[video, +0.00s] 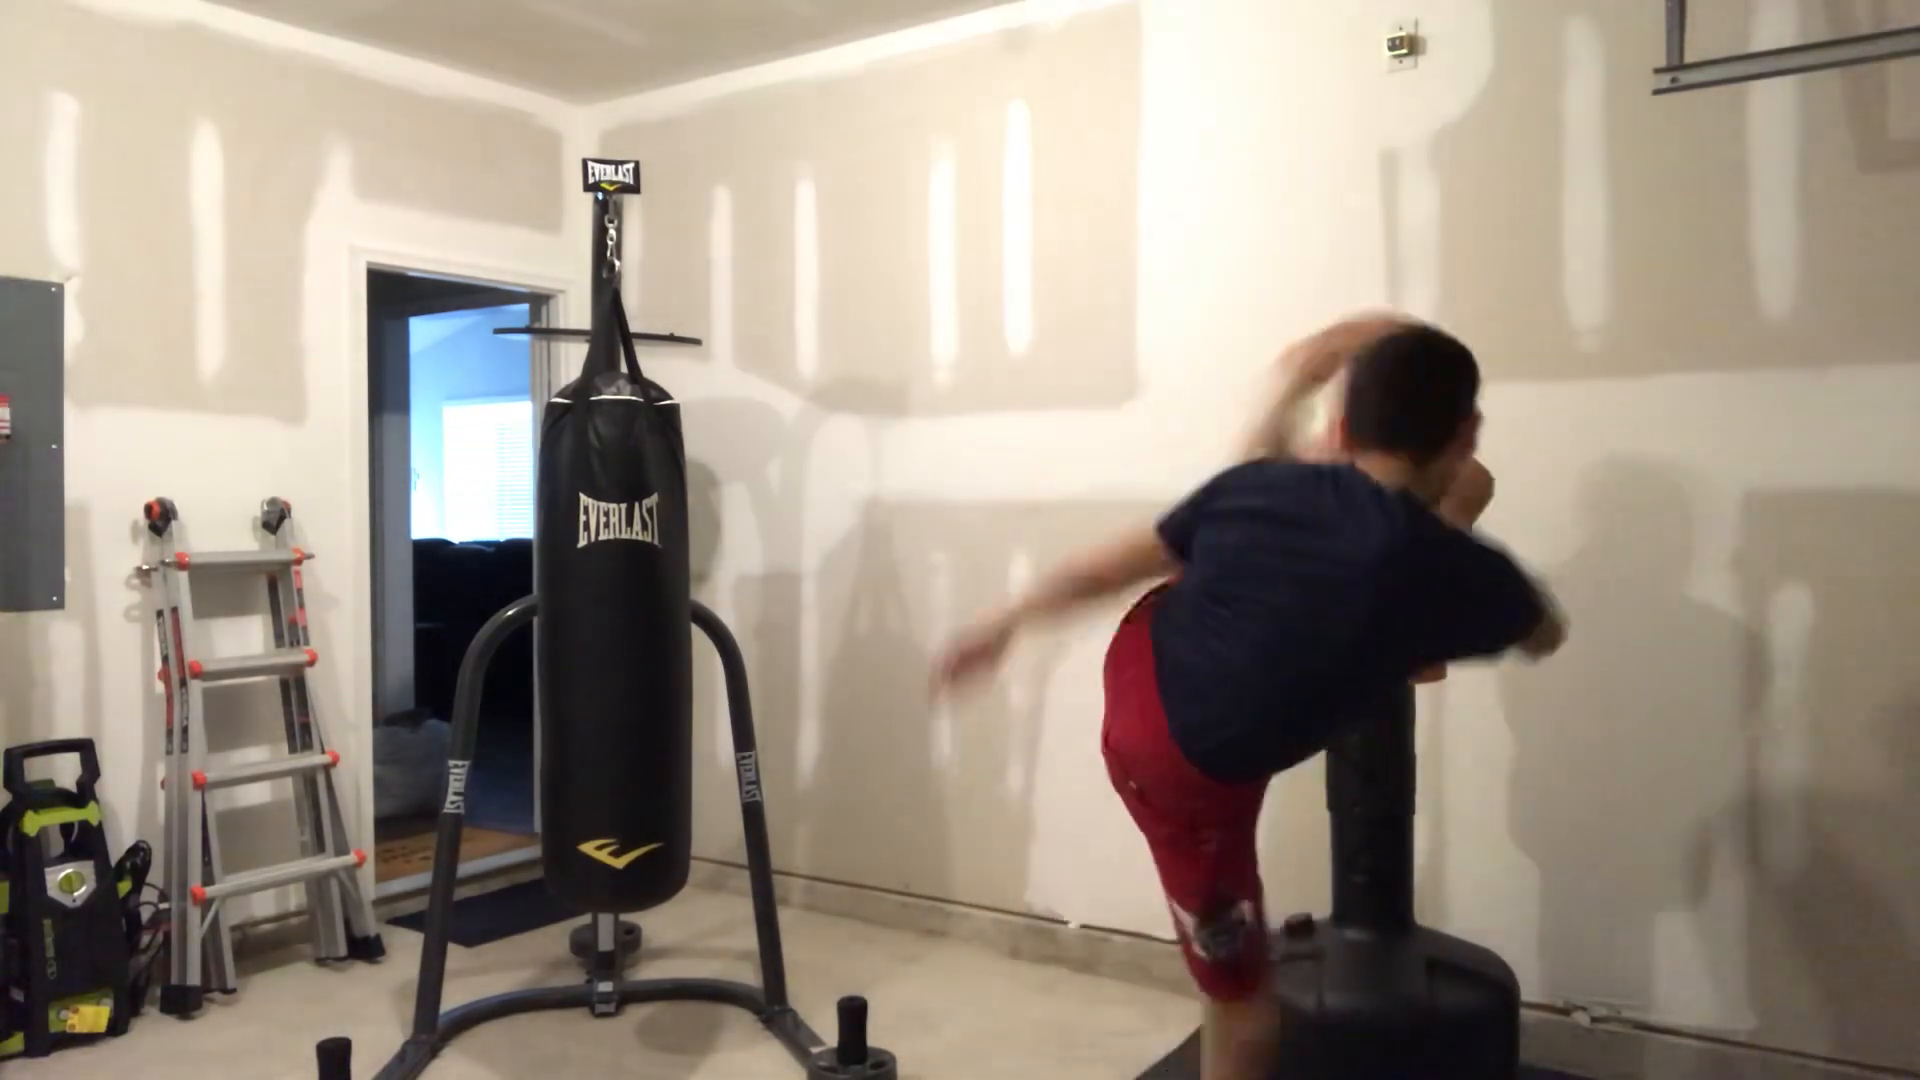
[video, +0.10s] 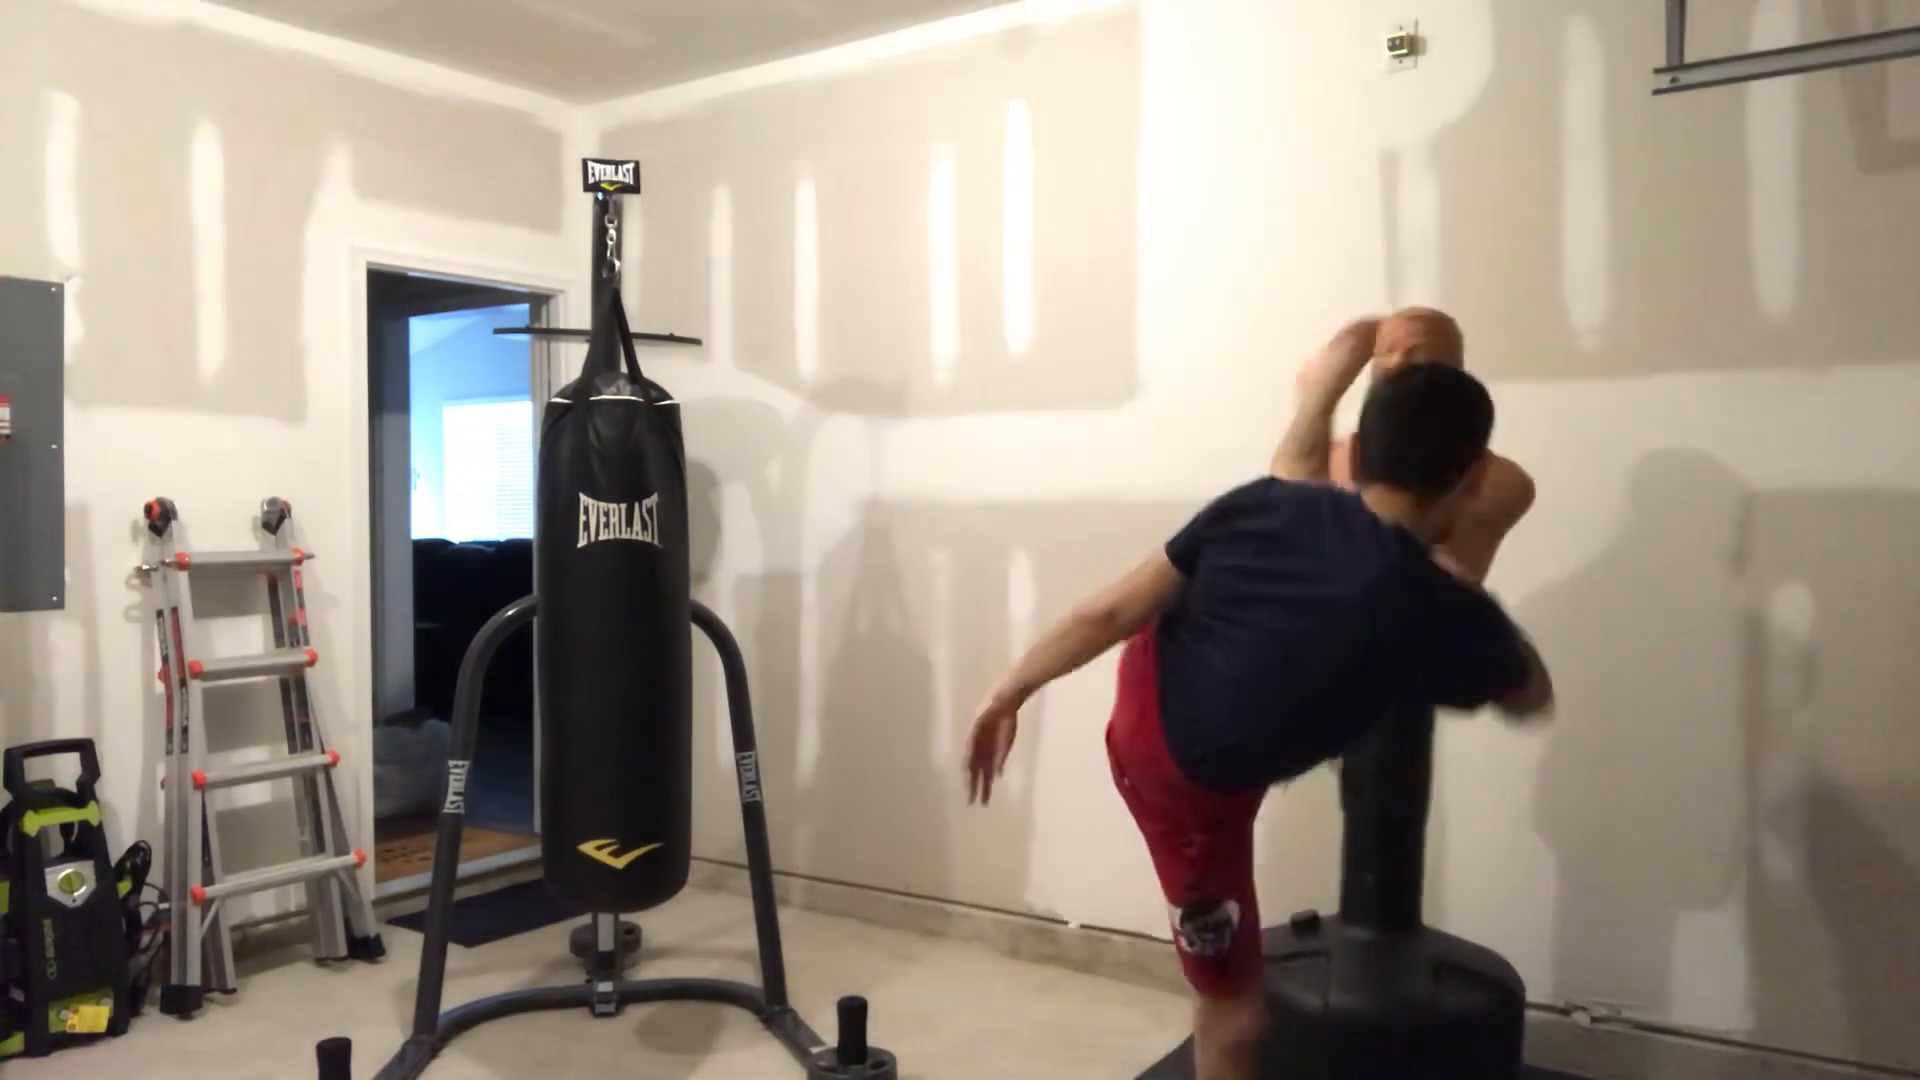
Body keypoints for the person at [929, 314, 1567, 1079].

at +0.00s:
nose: (1475, 436)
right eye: (1473, 422)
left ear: (1343, 428)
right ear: (1459, 442)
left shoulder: (1270, 489)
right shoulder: (1439, 563)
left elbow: (1118, 565)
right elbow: (1547, 635)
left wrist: (1005, 621)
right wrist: (1450, 530)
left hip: (1133, 667)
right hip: (1186, 785)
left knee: (1246, 506)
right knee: (1241, 1022)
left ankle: (1287, 379)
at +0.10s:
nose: (1486, 475)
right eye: (1481, 463)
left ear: (1359, 443)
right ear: (1468, 480)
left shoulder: (1269, 507)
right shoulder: (1433, 612)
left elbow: (1117, 608)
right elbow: (1532, 698)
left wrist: (1009, 691)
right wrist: (1460, 588)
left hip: (1142, 695)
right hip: (1192, 798)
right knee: (1234, 1019)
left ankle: (1309, 415)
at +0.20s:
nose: (1490, 488)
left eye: (1494, 475)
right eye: (1486, 476)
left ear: (1365, 450)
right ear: (1473, 495)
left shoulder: (1281, 511)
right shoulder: (1425, 643)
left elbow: (1149, 576)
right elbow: (1559, 791)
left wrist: (1049, 621)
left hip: (1148, 679)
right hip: (1190, 800)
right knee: (1250, 1030)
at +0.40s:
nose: (1432, 424)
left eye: (1432, 405)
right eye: (1432, 406)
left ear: (1322, 394)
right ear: (1411, 411)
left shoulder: (1246, 464)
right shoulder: (1352, 535)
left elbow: (1206, 465)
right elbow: (1367, 728)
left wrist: (1311, 399)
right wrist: (1499, 894)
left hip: (1166, 721)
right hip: (1226, 806)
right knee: (1302, 1042)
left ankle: (1108, 803)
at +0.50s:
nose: (1410, 330)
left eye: (1411, 311)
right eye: (1405, 310)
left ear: (1300, 299)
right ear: (1378, 315)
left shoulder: (1239, 390)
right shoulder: (1307, 426)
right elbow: (1224, 602)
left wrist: (1374, 374)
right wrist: (1202, 769)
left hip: (1181, 687)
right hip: (1247, 724)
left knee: (1203, 854)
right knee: (1282, 1007)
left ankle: (1106, 990)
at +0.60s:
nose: (1374, 326)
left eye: (1376, 306)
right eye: (1371, 305)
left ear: (1271, 293)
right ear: (1342, 305)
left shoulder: (1222, 374)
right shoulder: (1273, 408)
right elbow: (1144, 578)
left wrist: (1344, 396)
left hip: (1177, 711)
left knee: (1221, 947)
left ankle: (1169, 1071)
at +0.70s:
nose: (1342, 376)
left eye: (1342, 358)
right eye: (1340, 357)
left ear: (1238, 352)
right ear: (1320, 362)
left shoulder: (1245, 467)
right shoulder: (1212, 477)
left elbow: (1256, 563)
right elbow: (1078, 644)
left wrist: (1319, 469)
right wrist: (1027, 833)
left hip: (1232, 785)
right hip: (1190, 794)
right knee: (1207, 1041)